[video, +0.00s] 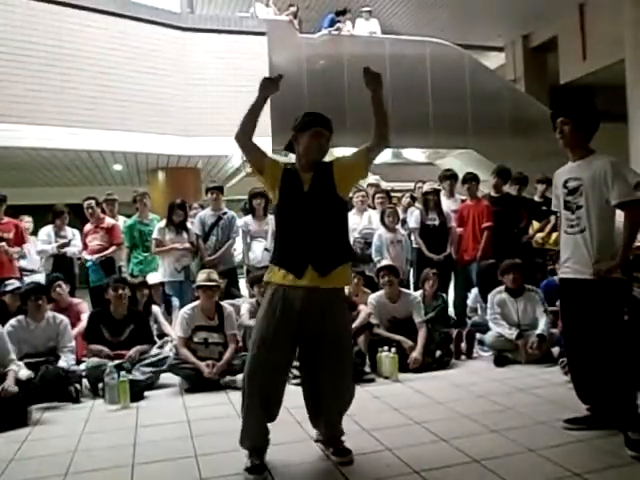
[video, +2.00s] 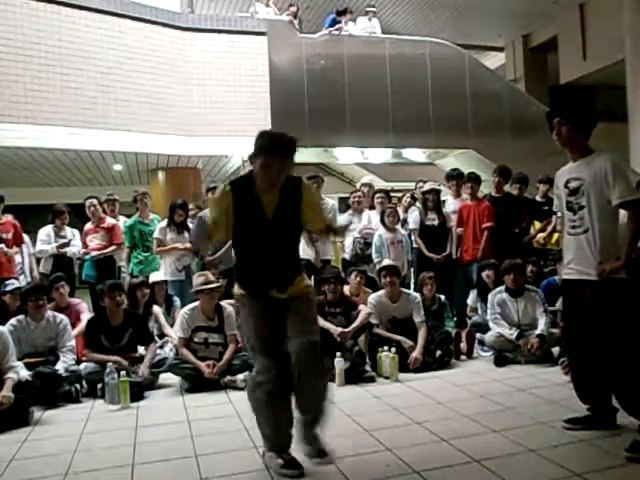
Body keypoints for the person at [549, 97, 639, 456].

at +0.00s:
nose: (561, 133)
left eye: (566, 127)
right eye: (558, 128)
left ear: (585, 130)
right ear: (558, 134)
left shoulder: (607, 166)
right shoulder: (560, 175)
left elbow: (632, 211)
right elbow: (562, 220)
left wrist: (622, 259)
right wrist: (560, 256)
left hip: (604, 275)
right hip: (571, 275)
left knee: (607, 346)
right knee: (578, 346)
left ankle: (620, 412)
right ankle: (597, 409)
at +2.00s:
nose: (555, 133)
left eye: (560, 127)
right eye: (554, 128)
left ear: (578, 128)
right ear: (560, 133)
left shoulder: (607, 164)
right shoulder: (562, 174)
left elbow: (634, 210)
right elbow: (562, 221)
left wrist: (624, 258)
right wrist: (562, 255)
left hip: (607, 277)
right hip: (574, 277)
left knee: (615, 351)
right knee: (580, 348)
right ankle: (599, 410)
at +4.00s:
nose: (612, 122)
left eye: (617, 114)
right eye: (611, 115)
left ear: (632, 117)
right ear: (618, 119)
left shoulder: (632, 163)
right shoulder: (614, 160)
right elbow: (614, 222)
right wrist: (610, 273)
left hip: (637, 283)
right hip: (620, 279)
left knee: (636, 359)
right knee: (618, 353)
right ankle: (613, 418)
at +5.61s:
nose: (625, 118)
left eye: (629, 110)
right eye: (623, 111)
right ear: (624, 117)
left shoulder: (628, 162)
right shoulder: (621, 161)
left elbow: (616, 221)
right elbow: (615, 220)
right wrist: (612, 264)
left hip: (635, 280)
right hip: (624, 277)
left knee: (632, 356)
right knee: (619, 351)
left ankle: (639, 441)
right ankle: (612, 418)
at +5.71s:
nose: (625, 119)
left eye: (629, 111)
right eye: (624, 111)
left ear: (639, 115)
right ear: (625, 118)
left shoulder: (628, 162)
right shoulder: (621, 160)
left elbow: (616, 221)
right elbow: (615, 220)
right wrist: (611, 266)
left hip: (635, 280)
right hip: (624, 277)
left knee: (632, 356)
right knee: (618, 351)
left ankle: (639, 440)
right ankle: (612, 418)